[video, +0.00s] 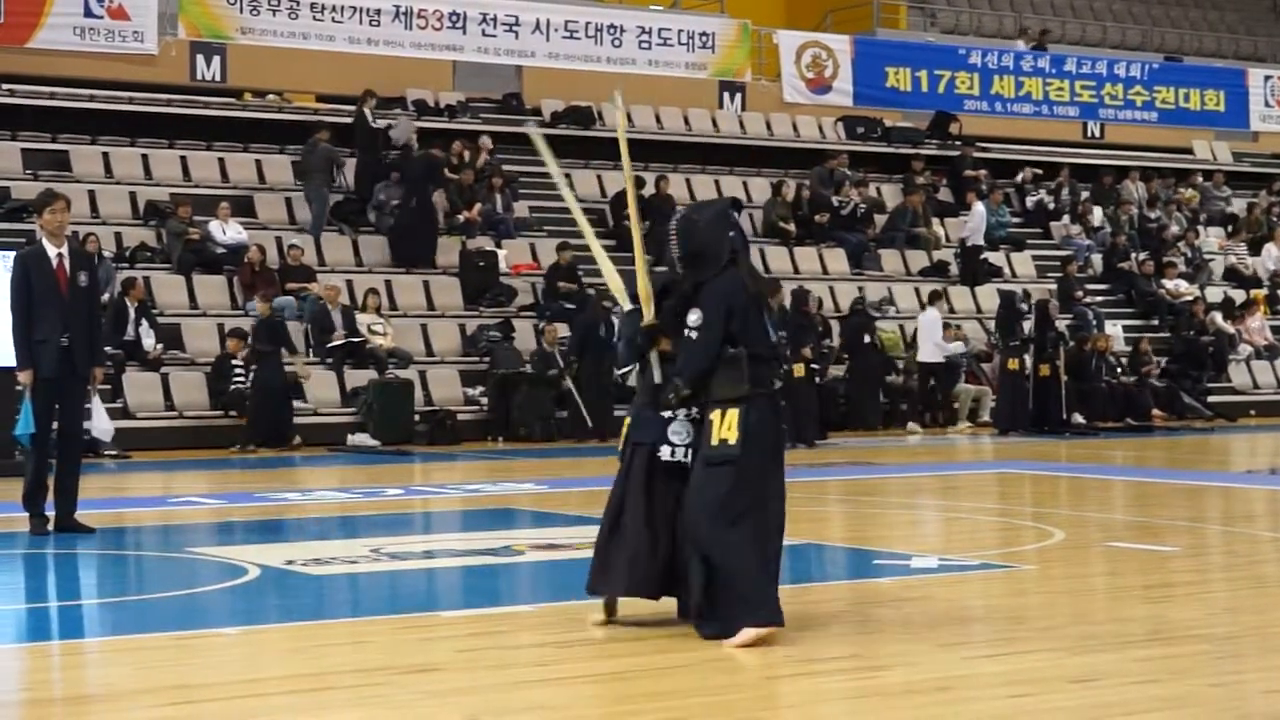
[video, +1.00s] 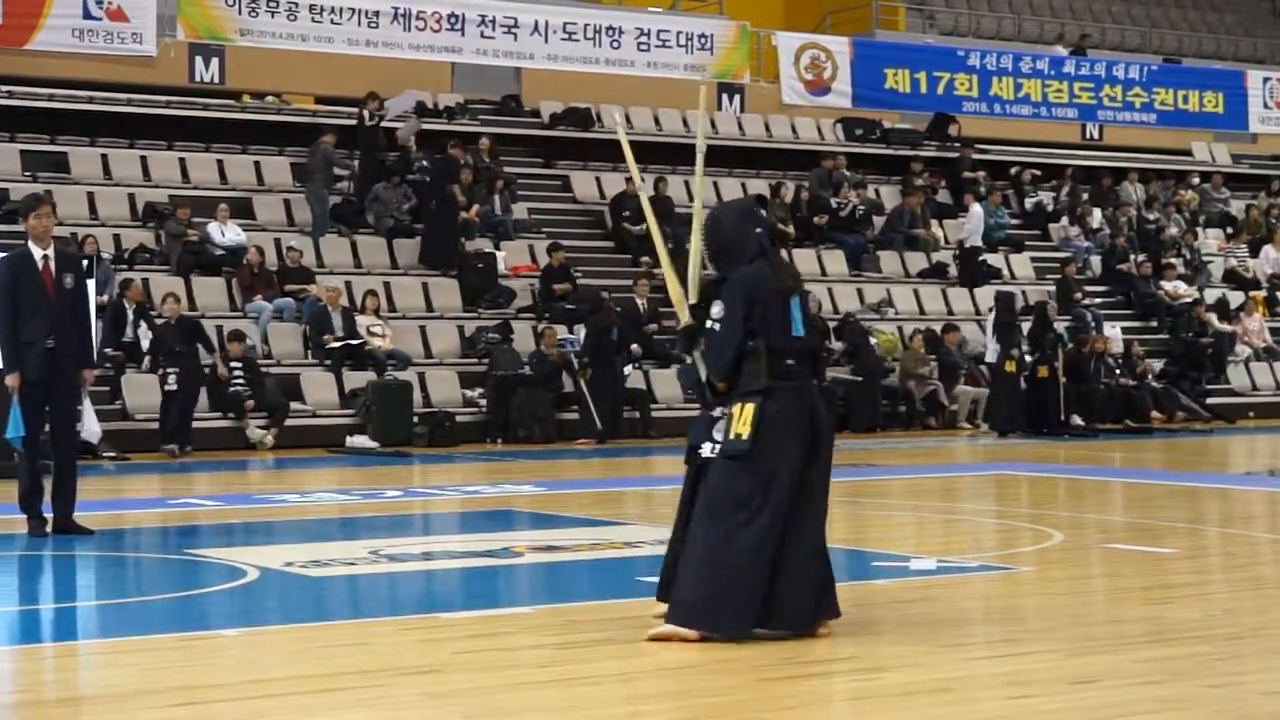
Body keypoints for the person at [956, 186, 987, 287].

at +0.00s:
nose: (967, 197)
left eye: (969, 194)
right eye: (967, 194)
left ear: (974, 195)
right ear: (973, 195)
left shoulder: (977, 209)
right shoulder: (979, 208)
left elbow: (972, 226)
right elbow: (974, 225)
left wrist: (962, 236)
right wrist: (963, 236)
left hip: (972, 244)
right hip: (977, 243)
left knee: (968, 271)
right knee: (973, 271)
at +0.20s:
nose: (965, 197)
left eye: (968, 194)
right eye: (966, 194)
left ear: (973, 195)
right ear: (973, 196)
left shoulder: (976, 209)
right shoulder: (978, 208)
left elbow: (971, 226)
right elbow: (973, 226)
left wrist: (960, 237)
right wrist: (961, 236)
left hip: (972, 245)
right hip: (977, 244)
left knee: (967, 272)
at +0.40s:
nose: (965, 198)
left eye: (967, 195)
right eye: (965, 195)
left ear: (972, 196)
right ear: (972, 197)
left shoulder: (975, 210)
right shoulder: (977, 208)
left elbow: (970, 227)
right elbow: (973, 227)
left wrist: (959, 238)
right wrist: (961, 237)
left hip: (971, 245)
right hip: (976, 244)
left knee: (967, 273)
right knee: (972, 273)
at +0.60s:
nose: (964, 198)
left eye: (967, 196)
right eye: (965, 196)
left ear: (972, 197)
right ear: (971, 197)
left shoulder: (974, 210)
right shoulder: (977, 208)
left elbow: (970, 227)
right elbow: (972, 226)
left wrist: (960, 238)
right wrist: (961, 237)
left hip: (971, 246)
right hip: (976, 245)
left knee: (966, 273)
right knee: (972, 273)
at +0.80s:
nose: (964, 198)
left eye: (967, 196)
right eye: (965, 196)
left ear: (972, 197)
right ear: (971, 197)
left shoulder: (974, 210)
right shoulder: (976, 208)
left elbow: (970, 227)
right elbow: (972, 226)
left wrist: (960, 238)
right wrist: (961, 238)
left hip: (971, 246)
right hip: (975, 245)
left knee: (966, 273)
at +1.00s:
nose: (964, 199)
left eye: (966, 196)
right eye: (965, 196)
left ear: (972, 197)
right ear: (971, 198)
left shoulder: (974, 210)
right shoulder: (976, 209)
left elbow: (970, 228)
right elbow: (972, 227)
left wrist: (959, 238)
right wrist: (961, 238)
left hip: (971, 246)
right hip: (975, 245)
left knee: (966, 274)